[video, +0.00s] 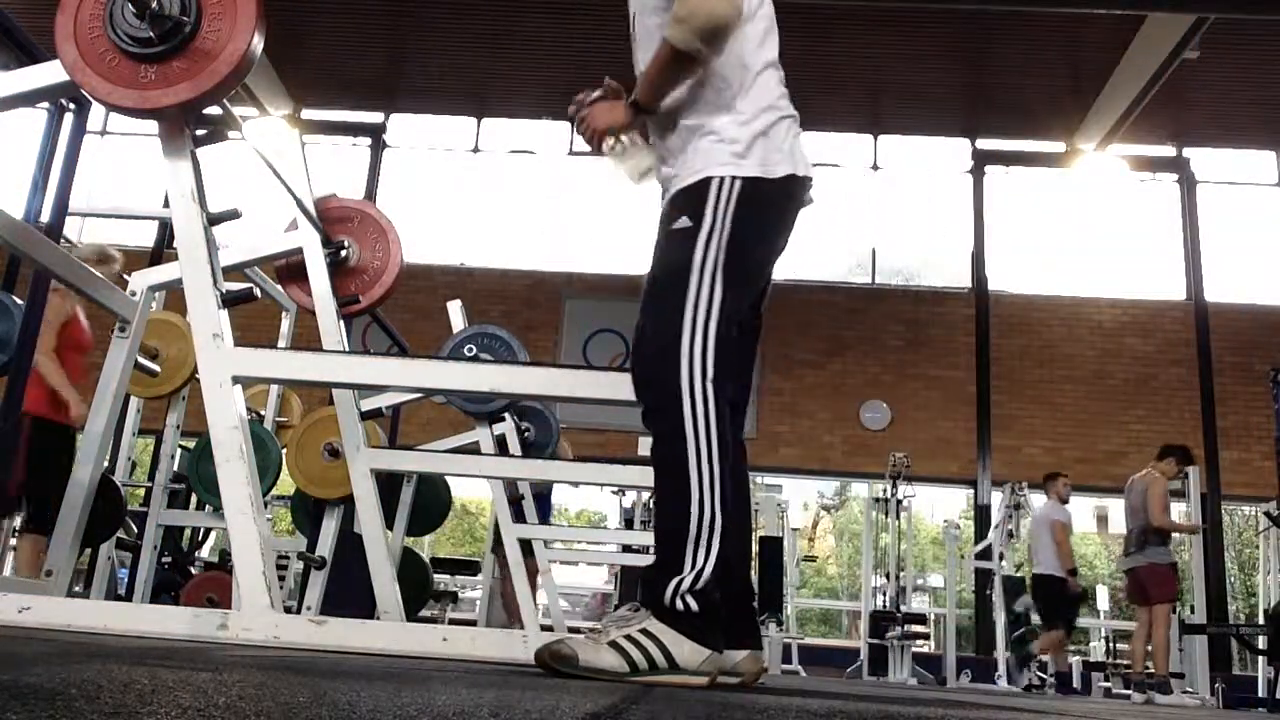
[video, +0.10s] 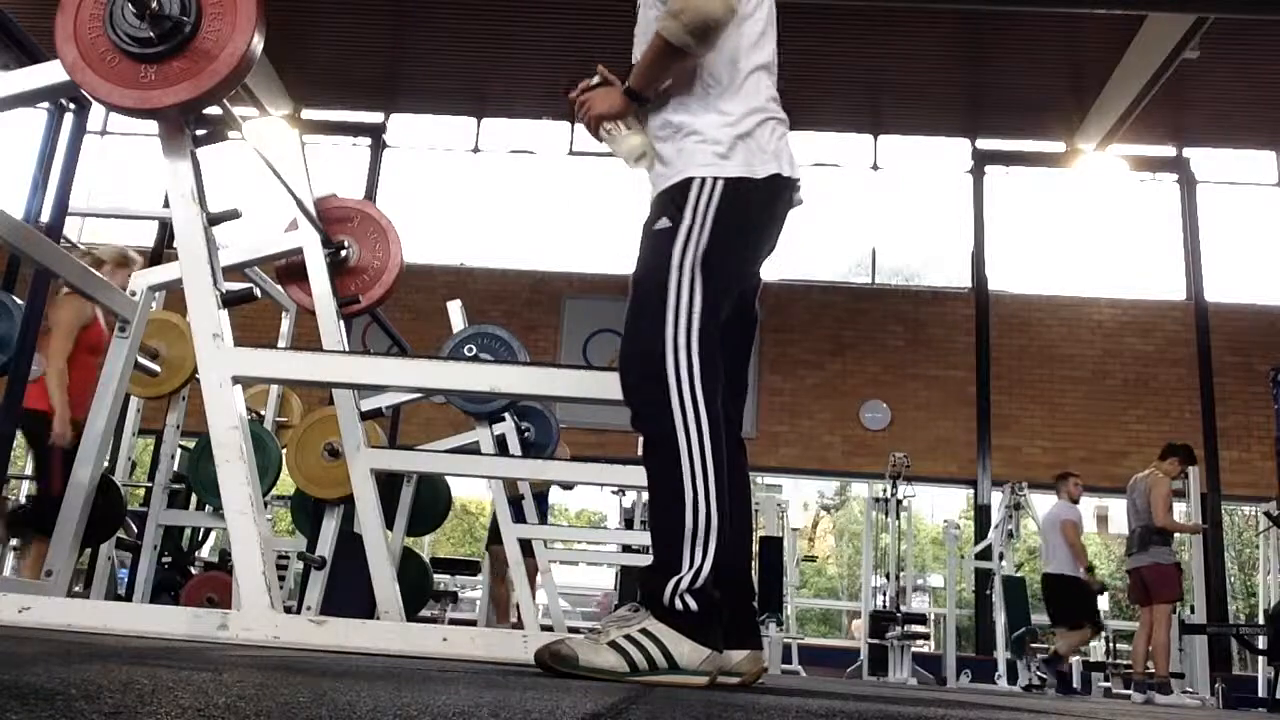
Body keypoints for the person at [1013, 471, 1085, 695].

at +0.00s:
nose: (1069, 490)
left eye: (1069, 486)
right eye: (1066, 485)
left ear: (1050, 490)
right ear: (1053, 488)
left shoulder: (1038, 513)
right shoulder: (1058, 510)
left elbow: (1032, 549)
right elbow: (1062, 541)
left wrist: (1040, 568)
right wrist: (1072, 573)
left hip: (1039, 577)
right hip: (1056, 577)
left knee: (1057, 632)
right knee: (1062, 631)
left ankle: (1063, 681)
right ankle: (1028, 651)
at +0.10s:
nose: (1081, 490)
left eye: (1081, 486)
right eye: (1076, 485)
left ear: (1062, 491)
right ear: (1064, 488)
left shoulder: (1050, 513)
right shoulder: (1068, 509)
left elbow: (1051, 547)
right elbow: (1072, 539)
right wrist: (1087, 568)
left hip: (1051, 575)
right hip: (1067, 576)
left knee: (1062, 628)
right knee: (1091, 626)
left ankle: (1064, 682)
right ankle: (1054, 659)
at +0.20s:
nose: (1092, 490)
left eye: (1092, 486)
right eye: (1087, 486)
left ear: (1074, 491)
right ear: (1075, 489)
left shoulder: (1064, 512)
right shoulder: (1078, 510)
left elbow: (1074, 547)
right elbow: (1083, 541)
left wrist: (1099, 571)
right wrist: (1103, 567)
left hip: (1063, 577)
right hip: (1078, 578)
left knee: (1069, 629)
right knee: (1105, 624)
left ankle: (1063, 681)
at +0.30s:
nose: (1104, 494)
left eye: (1104, 490)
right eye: (1099, 489)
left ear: (1086, 494)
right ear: (1087, 492)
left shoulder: (1076, 515)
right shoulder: (1090, 512)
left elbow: (1083, 550)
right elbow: (1094, 543)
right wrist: (1116, 569)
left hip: (1073, 580)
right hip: (1089, 581)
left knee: (1073, 630)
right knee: (1114, 628)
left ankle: (1063, 680)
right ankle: (1120, 680)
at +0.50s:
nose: (1133, 499)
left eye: (1133, 494)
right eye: (1129, 494)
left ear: (1115, 498)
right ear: (1116, 496)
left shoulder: (1103, 520)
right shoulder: (1119, 520)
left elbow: (1104, 555)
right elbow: (1127, 555)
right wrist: (1140, 575)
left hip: (1104, 583)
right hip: (1122, 585)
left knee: (1102, 636)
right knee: (1140, 638)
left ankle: (1076, 670)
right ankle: (1143, 682)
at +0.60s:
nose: (1141, 500)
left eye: (1139, 495)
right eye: (1139, 496)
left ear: (1123, 498)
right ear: (1132, 496)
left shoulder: (1111, 521)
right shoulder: (1133, 518)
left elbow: (1110, 549)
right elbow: (1137, 546)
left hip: (1114, 580)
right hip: (1131, 580)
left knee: (1121, 634)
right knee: (1133, 636)